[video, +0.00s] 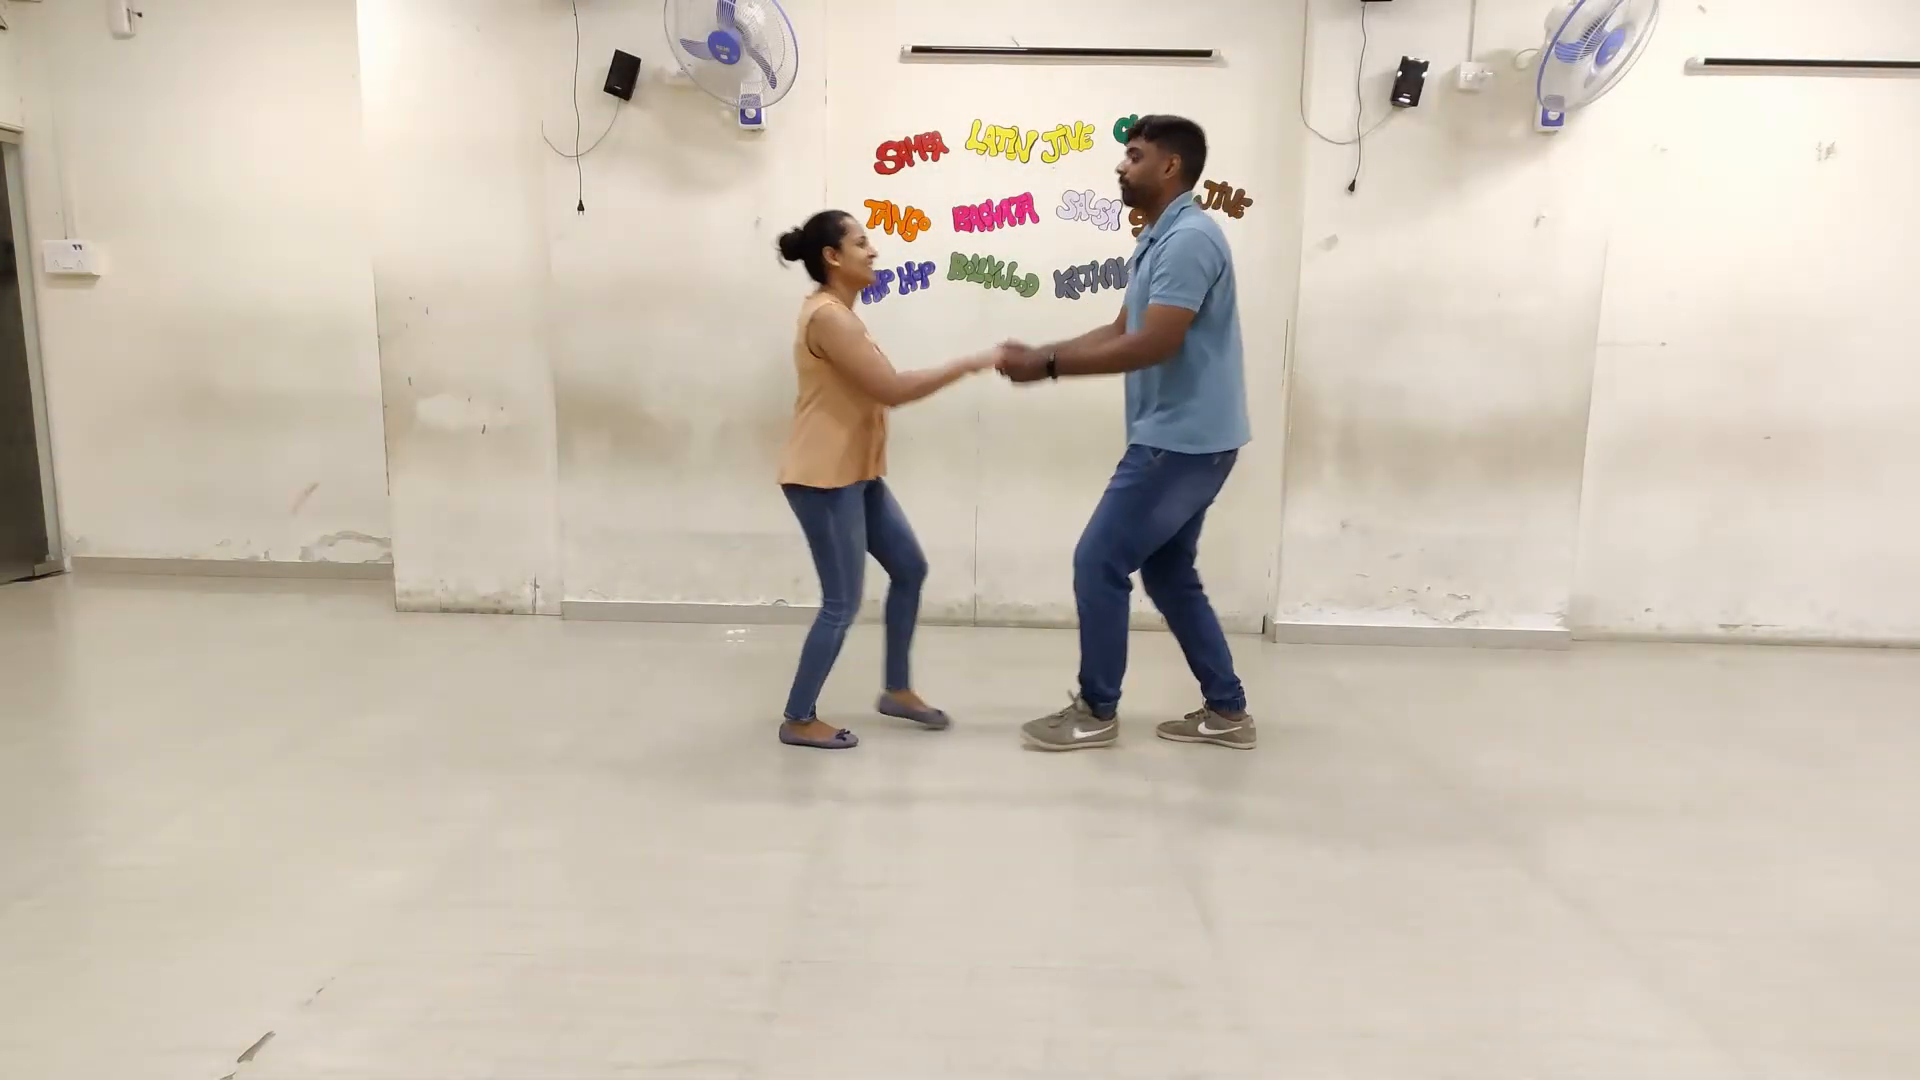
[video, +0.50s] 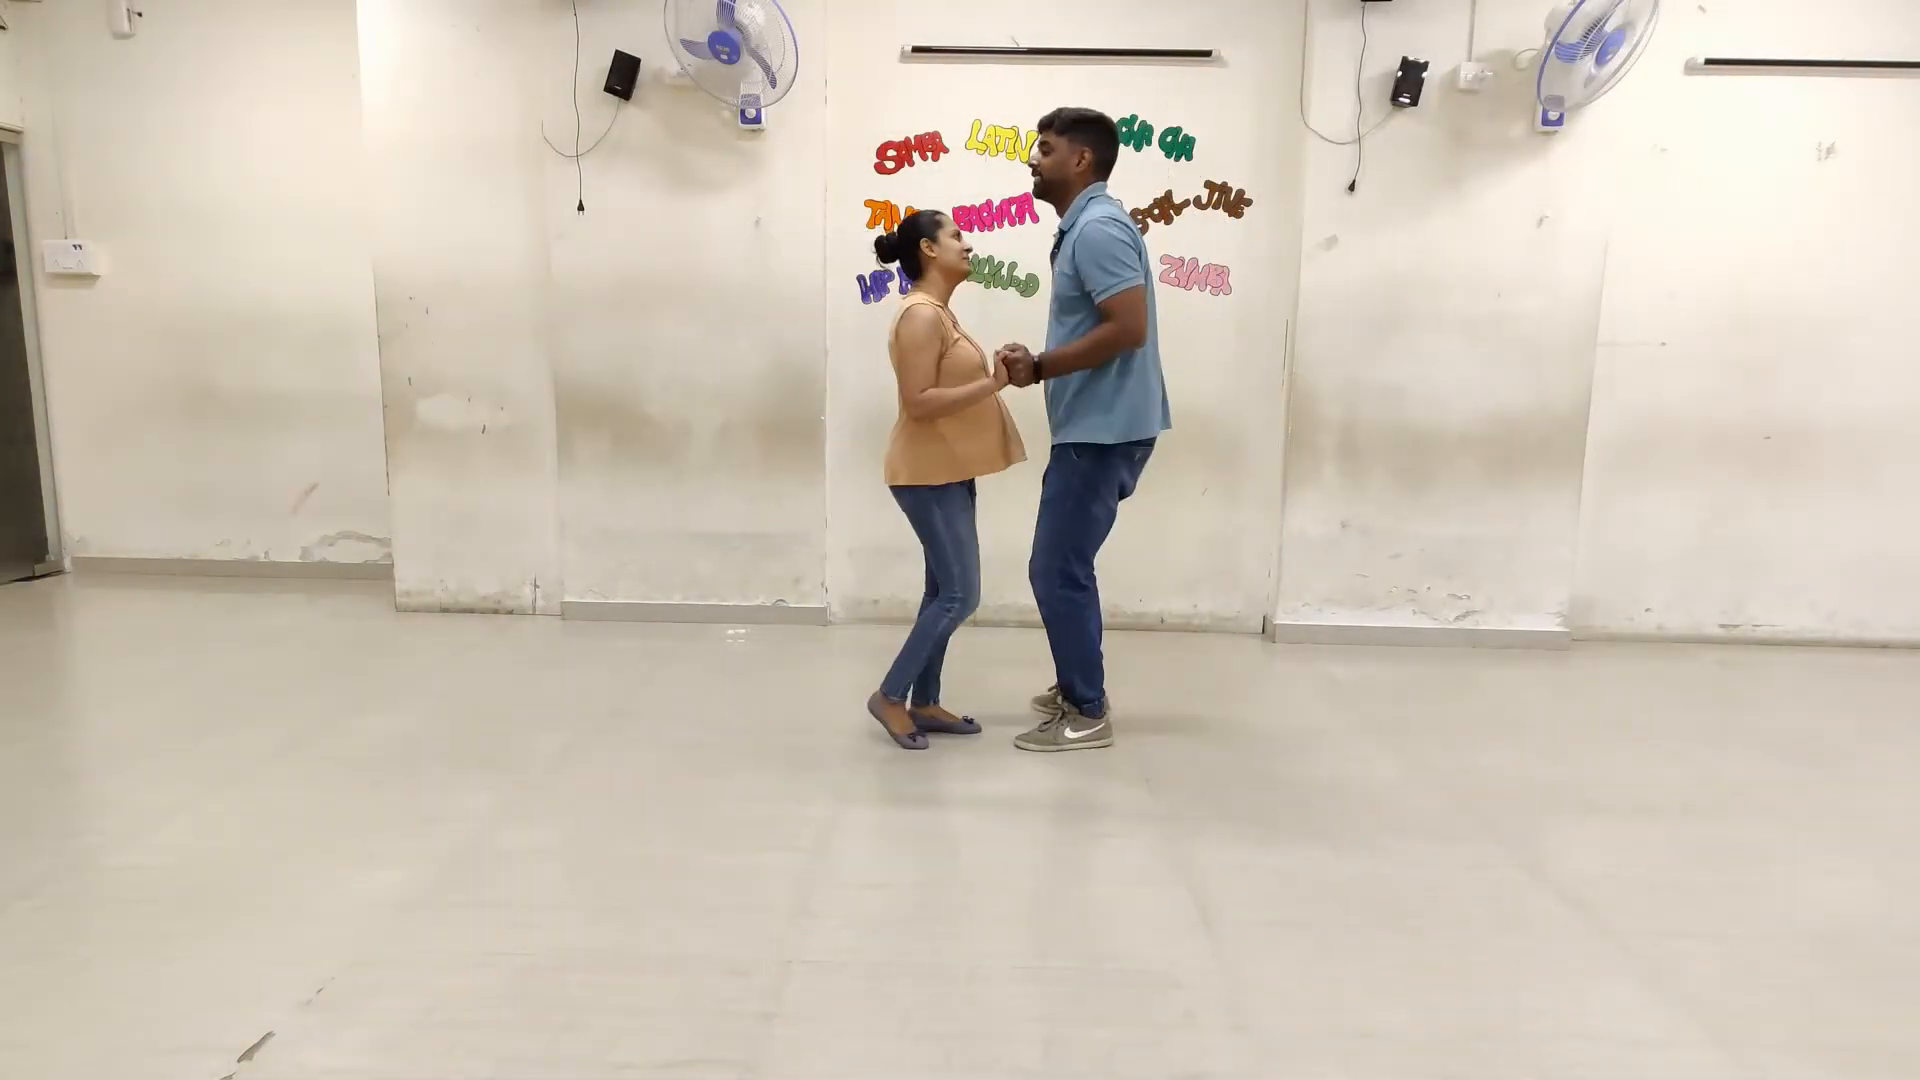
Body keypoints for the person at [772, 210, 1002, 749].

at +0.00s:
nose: (873, 250)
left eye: (869, 241)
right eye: (862, 243)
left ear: (840, 257)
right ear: (832, 256)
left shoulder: (842, 312)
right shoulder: (826, 316)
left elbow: (870, 391)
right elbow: (889, 388)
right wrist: (966, 365)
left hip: (856, 476)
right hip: (822, 478)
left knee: (910, 568)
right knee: (842, 600)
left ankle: (897, 692)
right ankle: (798, 719)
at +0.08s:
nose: (900, 267)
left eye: (896, 258)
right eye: (889, 259)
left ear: (865, 272)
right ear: (860, 271)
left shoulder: (871, 332)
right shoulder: (853, 334)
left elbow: (903, 418)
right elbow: (889, 422)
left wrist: (981, 420)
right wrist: (977, 429)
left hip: (882, 493)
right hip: (849, 496)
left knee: (933, 584)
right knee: (863, 614)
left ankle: (923, 706)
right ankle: (799, 719)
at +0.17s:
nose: (919, 264)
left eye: (915, 255)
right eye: (908, 257)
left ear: (884, 271)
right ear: (879, 270)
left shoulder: (890, 335)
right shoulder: (871, 337)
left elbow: (918, 420)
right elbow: (900, 429)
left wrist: (988, 420)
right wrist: (985, 429)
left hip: (903, 493)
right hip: (869, 494)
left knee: (948, 586)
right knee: (877, 614)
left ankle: (925, 706)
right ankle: (802, 714)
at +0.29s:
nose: (947, 246)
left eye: (943, 238)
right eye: (936, 238)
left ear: (911, 250)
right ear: (907, 249)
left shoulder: (919, 311)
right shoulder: (900, 314)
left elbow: (926, 398)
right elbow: (917, 404)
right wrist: (993, 380)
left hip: (930, 469)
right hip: (900, 473)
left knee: (951, 587)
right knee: (931, 594)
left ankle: (925, 702)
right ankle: (842, 685)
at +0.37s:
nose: (961, 240)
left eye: (958, 231)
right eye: (951, 232)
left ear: (928, 245)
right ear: (922, 244)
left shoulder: (935, 306)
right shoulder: (913, 309)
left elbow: (941, 386)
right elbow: (914, 397)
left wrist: (993, 363)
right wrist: (988, 371)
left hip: (946, 467)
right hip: (921, 470)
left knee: (949, 590)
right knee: (948, 592)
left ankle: (926, 703)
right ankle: (886, 697)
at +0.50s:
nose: (967, 244)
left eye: (963, 235)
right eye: (956, 237)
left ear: (932, 251)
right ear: (929, 250)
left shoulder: (939, 311)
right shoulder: (919, 315)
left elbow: (944, 390)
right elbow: (917, 403)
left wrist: (994, 370)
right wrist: (990, 382)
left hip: (949, 472)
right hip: (926, 476)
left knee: (943, 591)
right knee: (960, 594)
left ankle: (925, 702)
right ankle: (889, 698)